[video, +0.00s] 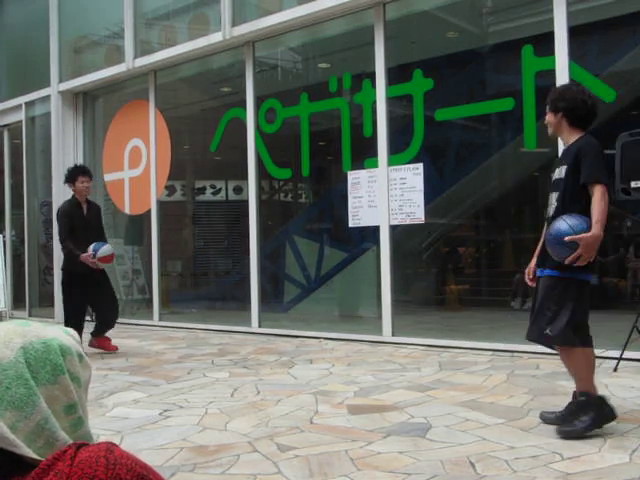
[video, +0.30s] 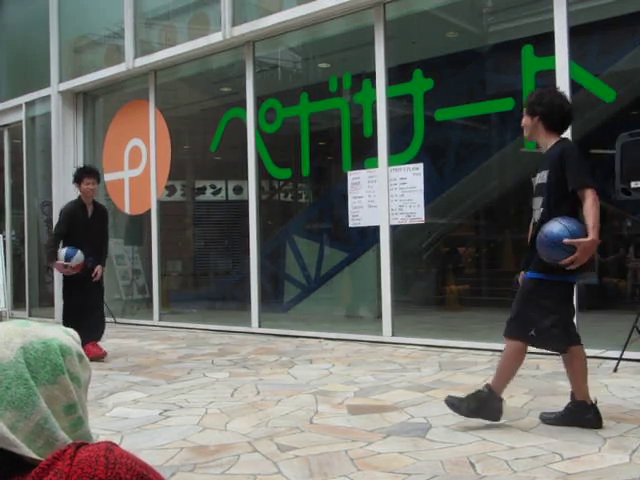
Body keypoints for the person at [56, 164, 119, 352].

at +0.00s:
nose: (87, 186)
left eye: (89, 182)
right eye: (82, 182)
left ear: (91, 185)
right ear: (72, 186)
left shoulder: (95, 208)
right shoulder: (65, 210)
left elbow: (100, 236)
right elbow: (64, 240)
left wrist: (105, 252)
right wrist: (80, 256)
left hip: (94, 266)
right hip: (74, 267)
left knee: (110, 306)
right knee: (75, 311)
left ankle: (98, 336)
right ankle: (73, 349)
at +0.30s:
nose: (90, 188)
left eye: (93, 184)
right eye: (86, 184)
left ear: (97, 187)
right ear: (78, 186)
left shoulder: (101, 211)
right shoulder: (70, 210)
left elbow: (104, 240)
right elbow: (56, 236)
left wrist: (101, 263)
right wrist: (53, 260)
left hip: (93, 266)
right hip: (73, 267)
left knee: (94, 304)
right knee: (74, 305)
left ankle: (91, 341)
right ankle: (75, 343)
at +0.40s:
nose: (95, 187)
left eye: (98, 184)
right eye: (91, 183)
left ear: (102, 186)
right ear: (83, 185)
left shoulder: (105, 211)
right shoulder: (72, 209)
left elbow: (107, 240)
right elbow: (56, 237)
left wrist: (104, 263)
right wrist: (49, 260)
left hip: (94, 268)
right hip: (73, 268)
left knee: (93, 306)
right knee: (72, 307)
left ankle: (89, 343)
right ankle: (71, 345)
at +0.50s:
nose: (98, 187)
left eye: (101, 184)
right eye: (94, 183)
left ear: (105, 186)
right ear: (85, 185)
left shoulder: (108, 211)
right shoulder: (74, 209)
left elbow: (111, 240)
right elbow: (56, 235)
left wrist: (108, 265)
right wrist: (48, 258)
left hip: (96, 267)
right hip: (74, 267)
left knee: (95, 307)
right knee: (74, 307)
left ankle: (89, 344)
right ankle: (65, 345)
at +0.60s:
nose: (99, 186)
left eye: (103, 183)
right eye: (95, 182)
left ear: (107, 186)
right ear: (86, 184)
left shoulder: (110, 210)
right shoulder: (75, 208)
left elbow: (116, 240)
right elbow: (57, 236)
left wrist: (115, 267)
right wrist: (49, 258)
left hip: (100, 265)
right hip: (78, 265)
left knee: (99, 305)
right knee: (77, 304)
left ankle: (90, 344)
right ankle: (72, 343)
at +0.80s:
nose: (102, 185)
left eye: (106, 181)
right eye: (98, 181)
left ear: (110, 184)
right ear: (90, 183)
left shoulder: (115, 209)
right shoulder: (80, 209)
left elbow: (123, 239)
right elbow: (65, 236)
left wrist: (123, 264)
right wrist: (55, 260)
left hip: (107, 266)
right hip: (85, 266)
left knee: (105, 306)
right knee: (85, 305)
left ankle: (92, 345)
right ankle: (82, 346)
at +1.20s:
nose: (127, 186)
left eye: (128, 182)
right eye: (122, 182)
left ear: (130, 184)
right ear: (109, 186)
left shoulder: (130, 208)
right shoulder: (101, 210)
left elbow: (133, 238)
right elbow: (91, 241)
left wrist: (131, 264)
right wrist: (89, 268)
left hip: (125, 263)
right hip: (106, 265)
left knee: (122, 306)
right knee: (113, 307)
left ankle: (96, 339)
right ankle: (123, 349)